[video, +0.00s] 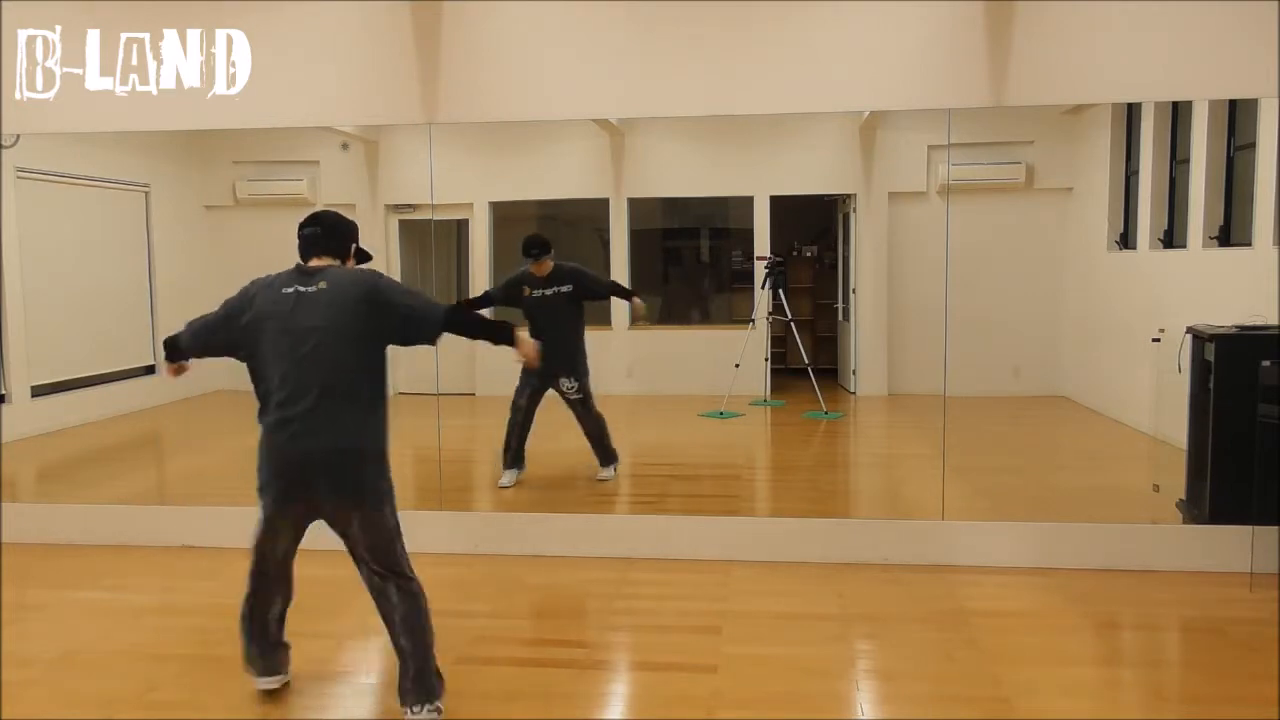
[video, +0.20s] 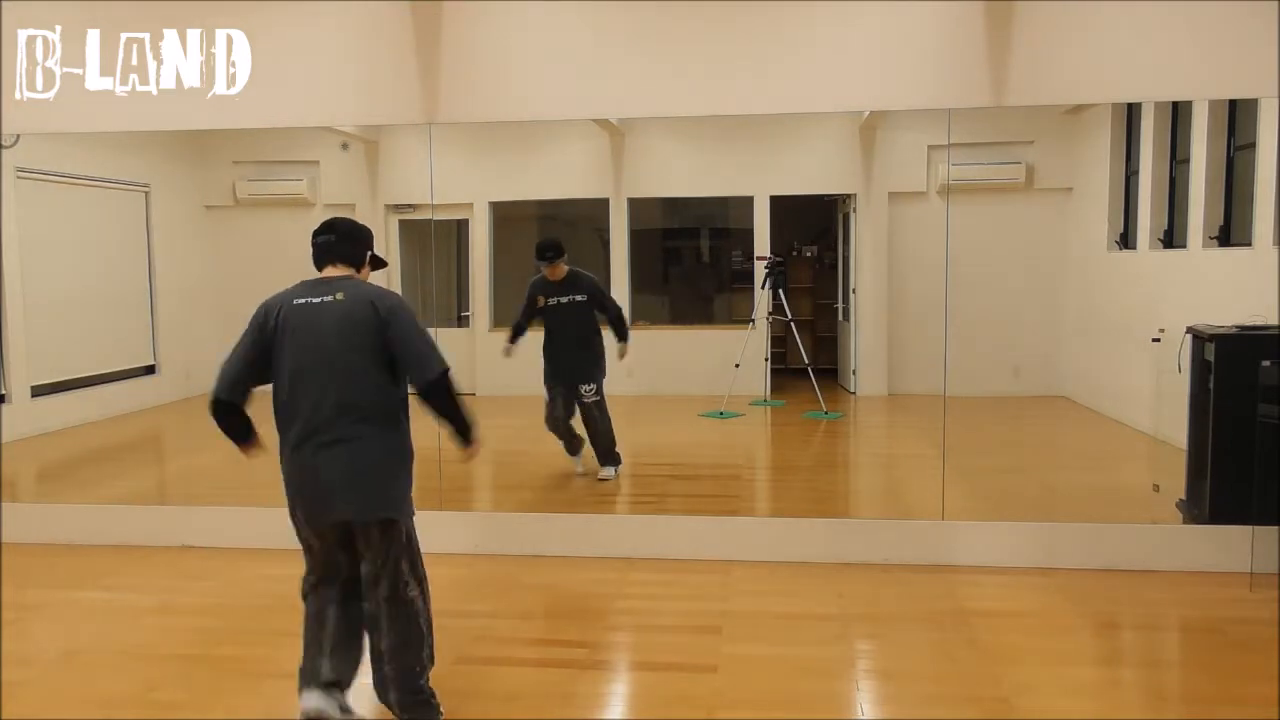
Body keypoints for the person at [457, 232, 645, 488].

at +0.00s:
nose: (537, 268)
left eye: (541, 262)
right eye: (532, 263)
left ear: (550, 255)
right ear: (526, 260)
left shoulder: (571, 275)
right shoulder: (521, 282)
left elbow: (605, 286)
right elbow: (490, 298)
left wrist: (633, 297)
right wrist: (459, 306)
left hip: (569, 358)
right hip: (537, 358)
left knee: (585, 412)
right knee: (520, 409)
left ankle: (608, 462)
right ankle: (512, 466)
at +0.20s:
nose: (551, 271)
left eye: (555, 265)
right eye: (546, 267)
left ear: (564, 260)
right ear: (540, 265)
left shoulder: (585, 283)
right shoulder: (538, 287)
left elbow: (611, 309)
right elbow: (526, 316)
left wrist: (622, 338)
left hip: (587, 357)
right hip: (556, 359)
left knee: (592, 411)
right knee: (555, 418)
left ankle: (609, 461)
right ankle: (576, 447)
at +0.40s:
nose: (560, 267)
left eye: (564, 262)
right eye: (555, 263)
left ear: (571, 256)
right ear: (547, 259)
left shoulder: (588, 276)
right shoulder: (538, 280)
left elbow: (592, 311)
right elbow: (537, 316)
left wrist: (568, 312)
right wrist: (554, 323)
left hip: (581, 347)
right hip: (554, 351)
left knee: (584, 402)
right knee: (563, 405)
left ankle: (579, 457)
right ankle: (580, 452)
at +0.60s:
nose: (559, 273)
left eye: (563, 268)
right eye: (554, 269)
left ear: (570, 263)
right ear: (546, 264)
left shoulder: (581, 278)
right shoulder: (536, 279)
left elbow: (579, 312)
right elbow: (533, 318)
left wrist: (564, 327)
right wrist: (560, 319)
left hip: (574, 351)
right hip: (547, 354)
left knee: (567, 410)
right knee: (559, 411)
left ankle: (546, 461)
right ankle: (582, 455)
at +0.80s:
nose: (546, 279)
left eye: (550, 274)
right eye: (541, 275)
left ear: (558, 268)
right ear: (534, 269)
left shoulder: (570, 285)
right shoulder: (523, 283)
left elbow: (571, 321)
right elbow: (524, 318)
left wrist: (549, 342)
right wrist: (533, 343)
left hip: (562, 354)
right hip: (534, 354)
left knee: (560, 412)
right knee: (537, 413)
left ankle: (546, 463)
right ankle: (568, 448)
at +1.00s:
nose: (522, 280)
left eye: (526, 275)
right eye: (518, 275)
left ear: (537, 269)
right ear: (512, 270)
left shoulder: (554, 286)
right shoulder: (504, 285)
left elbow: (581, 310)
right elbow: (489, 305)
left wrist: (577, 309)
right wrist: (474, 319)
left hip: (548, 365)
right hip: (516, 364)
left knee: (556, 415)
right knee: (497, 411)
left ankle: (547, 465)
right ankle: (505, 446)